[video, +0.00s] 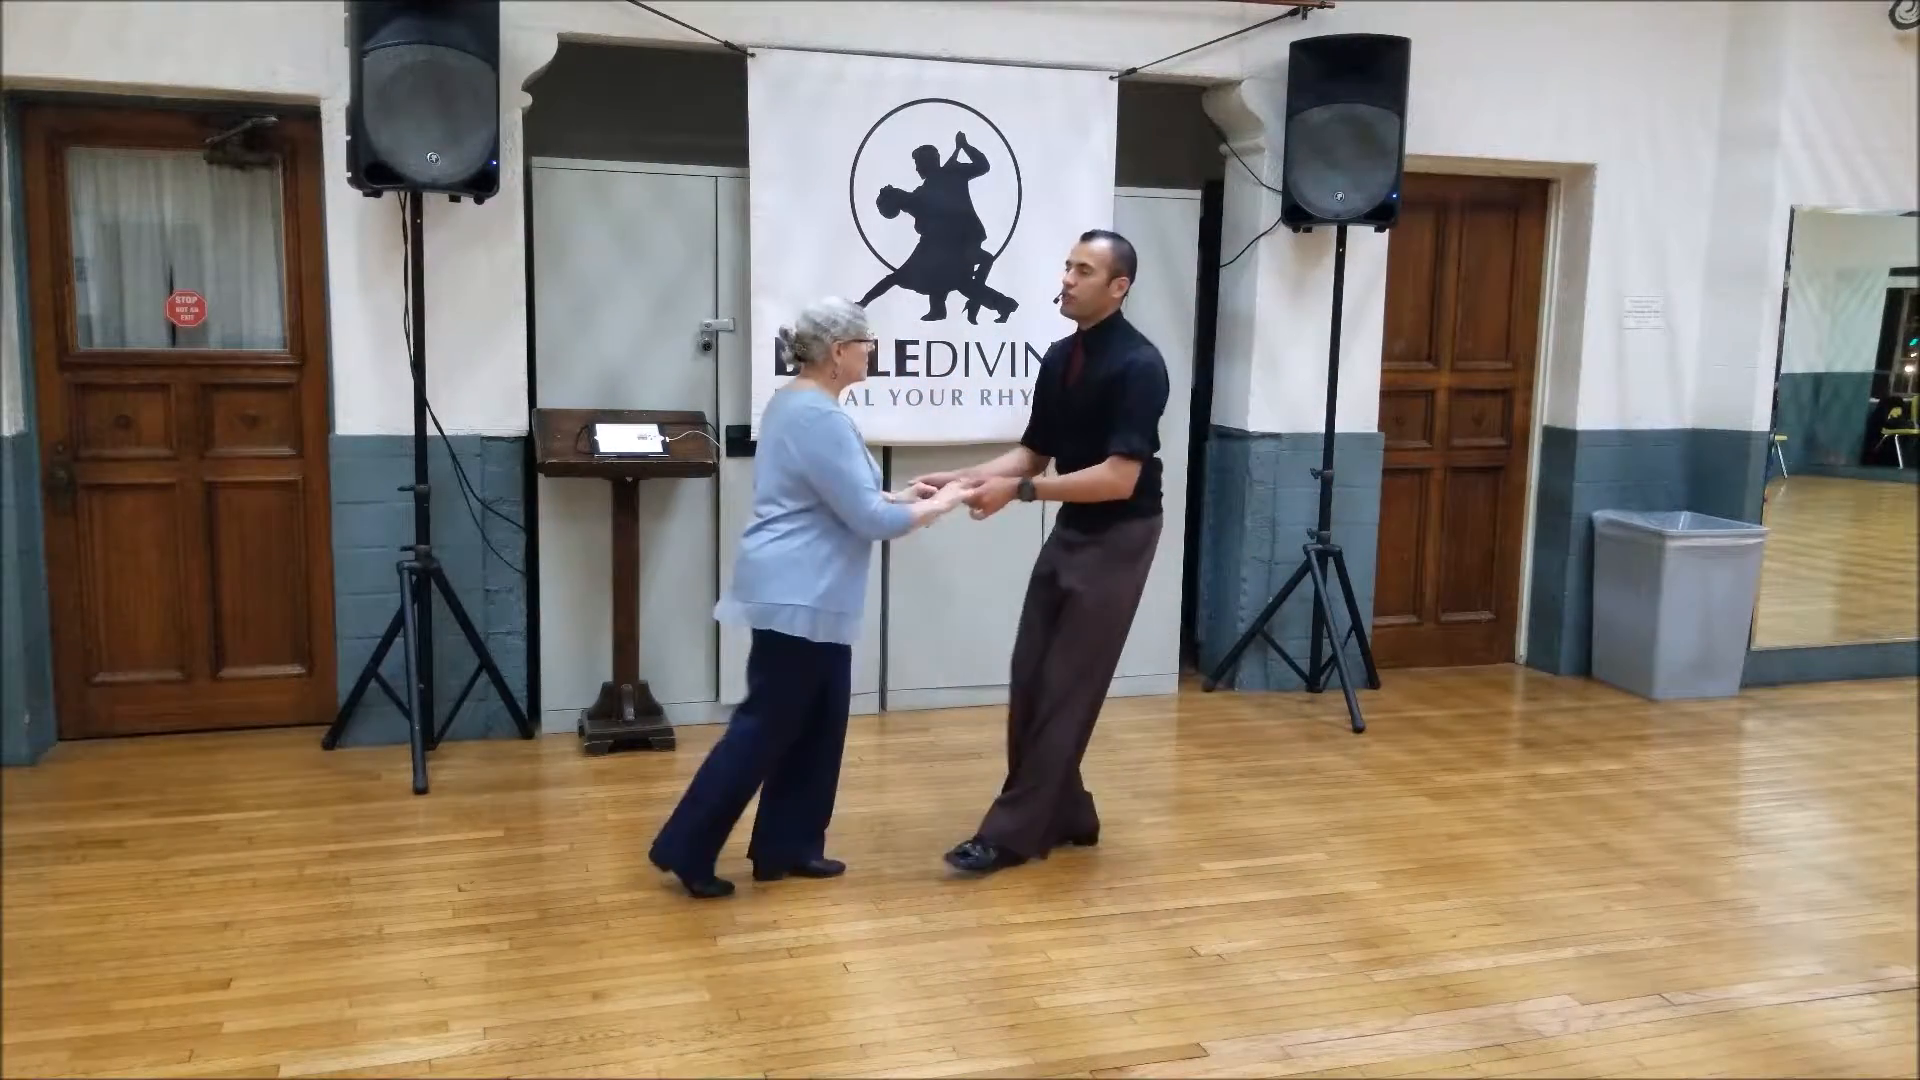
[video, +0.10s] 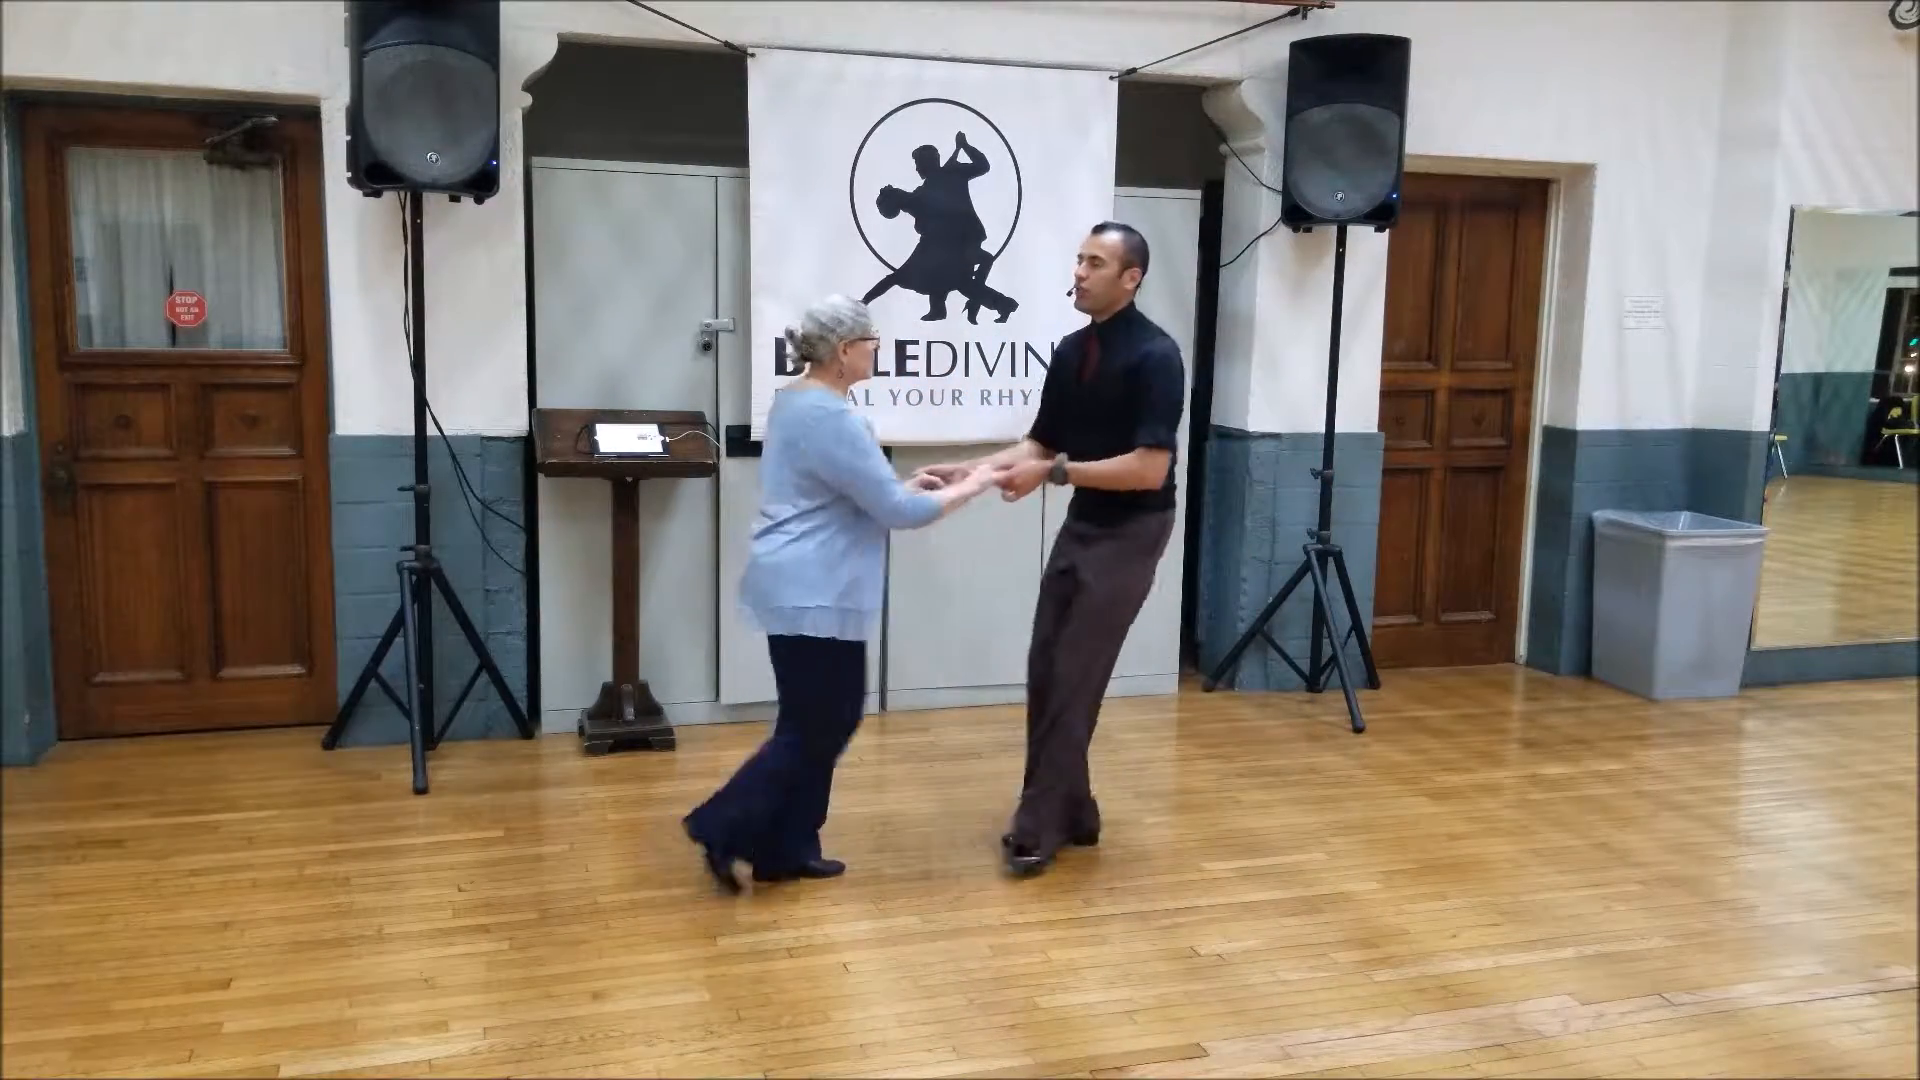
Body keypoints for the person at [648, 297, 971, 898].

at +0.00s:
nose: (872, 353)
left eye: (870, 344)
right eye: (865, 344)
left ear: (829, 351)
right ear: (835, 351)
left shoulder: (796, 406)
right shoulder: (818, 417)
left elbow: (848, 502)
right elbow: (870, 518)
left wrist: (909, 493)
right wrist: (932, 509)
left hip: (812, 594)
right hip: (800, 596)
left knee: (819, 723)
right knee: (770, 724)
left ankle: (785, 848)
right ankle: (685, 847)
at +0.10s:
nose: (876, 351)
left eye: (874, 342)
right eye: (868, 343)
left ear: (827, 351)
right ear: (838, 350)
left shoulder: (795, 405)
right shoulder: (829, 417)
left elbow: (847, 495)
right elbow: (897, 509)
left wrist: (910, 485)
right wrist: (971, 485)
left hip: (794, 586)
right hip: (817, 594)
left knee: (813, 720)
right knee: (826, 722)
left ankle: (788, 846)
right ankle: (720, 827)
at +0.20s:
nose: (885, 348)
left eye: (883, 339)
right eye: (878, 339)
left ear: (834, 346)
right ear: (852, 346)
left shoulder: (799, 403)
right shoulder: (847, 416)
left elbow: (867, 473)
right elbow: (928, 494)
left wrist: (933, 470)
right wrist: (1005, 465)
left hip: (786, 585)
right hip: (837, 591)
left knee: (798, 711)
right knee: (877, 699)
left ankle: (776, 849)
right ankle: (806, 842)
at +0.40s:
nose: (913, 352)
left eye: (911, 341)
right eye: (906, 342)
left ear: (858, 346)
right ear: (879, 347)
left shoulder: (823, 403)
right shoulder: (891, 418)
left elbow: (926, 460)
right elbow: (973, 482)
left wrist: (1014, 455)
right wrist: (1050, 458)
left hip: (813, 590)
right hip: (883, 596)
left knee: (808, 724)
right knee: (909, 719)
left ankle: (784, 856)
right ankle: (910, 847)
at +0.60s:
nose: (956, 352)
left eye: (955, 341)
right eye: (950, 342)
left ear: (909, 347)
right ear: (921, 347)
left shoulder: (873, 406)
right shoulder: (923, 418)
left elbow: (947, 487)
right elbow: (983, 505)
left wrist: (1021, 488)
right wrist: (1051, 503)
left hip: (872, 583)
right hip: (920, 589)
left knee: (903, 699)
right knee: (926, 719)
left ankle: (842, 801)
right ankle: (915, 846)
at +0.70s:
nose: (970, 349)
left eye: (968, 339)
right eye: (962, 340)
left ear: (929, 347)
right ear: (933, 347)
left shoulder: (900, 407)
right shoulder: (923, 415)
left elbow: (973, 481)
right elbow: (974, 510)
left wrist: (1041, 482)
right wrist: (1050, 504)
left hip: (900, 572)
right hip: (922, 578)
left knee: (945, 689)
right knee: (938, 699)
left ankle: (886, 795)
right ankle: (914, 846)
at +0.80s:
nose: (991, 344)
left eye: (989, 334)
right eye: (983, 335)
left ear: (953, 344)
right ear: (953, 343)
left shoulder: (949, 406)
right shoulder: (924, 409)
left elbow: (1000, 464)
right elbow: (968, 510)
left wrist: (1085, 460)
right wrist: (1047, 505)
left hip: (956, 581)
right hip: (920, 582)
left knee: (978, 691)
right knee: (931, 706)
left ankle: (972, 820)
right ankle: (904, 845)